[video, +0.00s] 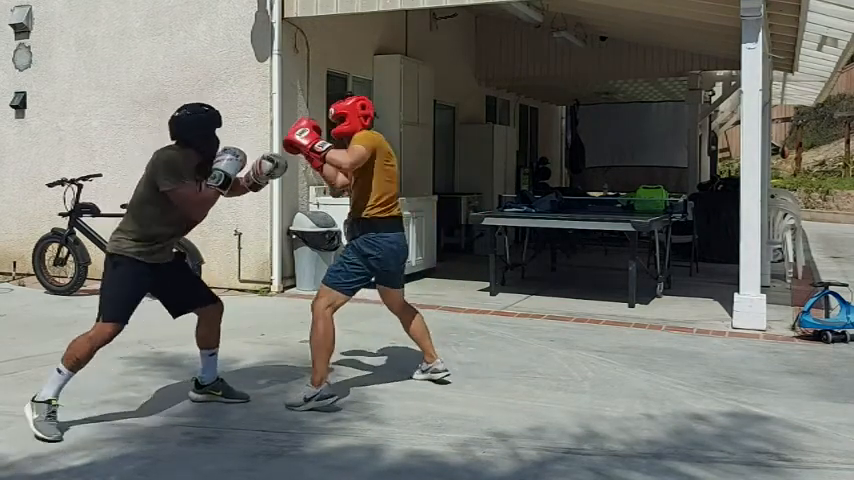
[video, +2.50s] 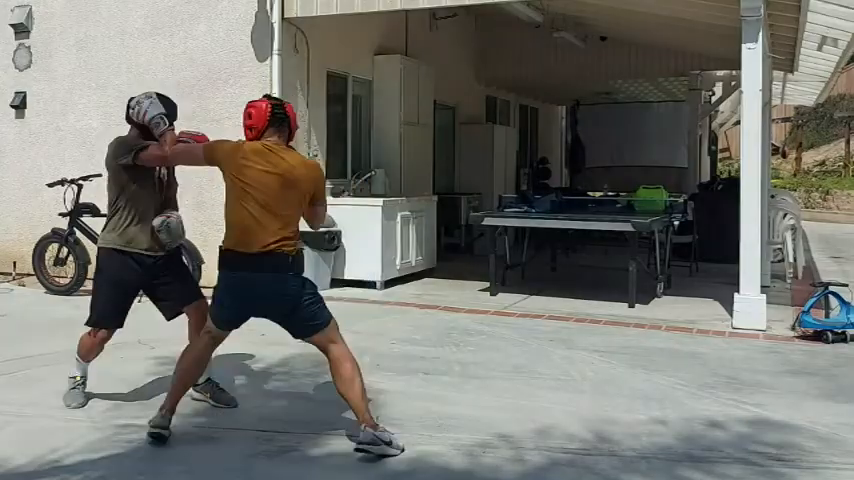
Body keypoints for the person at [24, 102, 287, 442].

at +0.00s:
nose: (218, 139)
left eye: (217, 133)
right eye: (213, 133)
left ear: (189, 135)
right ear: (199, 136)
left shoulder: (201, 163)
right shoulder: (168, 160)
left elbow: (231, 188)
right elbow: (194, 211)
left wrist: (257, 176)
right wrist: (221, 178)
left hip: (165, 257)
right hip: (129, 255)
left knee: (211, 308)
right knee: (107, 330)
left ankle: (208, 381)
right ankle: (44, 399)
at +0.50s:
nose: (134, 156)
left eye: (132, 150)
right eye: (126, 152)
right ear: (106, 161)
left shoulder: (136, 175)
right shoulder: (77, 191)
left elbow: (158, 201)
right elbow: (110, 238)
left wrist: (164, 237)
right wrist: (138, 199)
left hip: (139, 271)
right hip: (95, 276)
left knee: (196, 314)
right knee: (79, 342)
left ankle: (206, 382)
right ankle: (22, 411)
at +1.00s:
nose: (184, 136)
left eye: (183, 130)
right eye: (178, 131)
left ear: (162, 137)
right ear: (160, 137)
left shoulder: (186, 160)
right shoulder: (130, 167)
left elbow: (224, 174)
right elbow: (150, 214)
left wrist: (245, 164)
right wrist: (181, 185)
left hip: (174, 265)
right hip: (130, 266)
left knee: (227, 305)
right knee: (90, 334)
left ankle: (222, 370)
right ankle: (29, 404)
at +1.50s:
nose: (186, 149)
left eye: (184, 143)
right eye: (179, 144)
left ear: (174, 148)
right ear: (160, 148)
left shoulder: (188, 178)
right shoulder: (136, 183)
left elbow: (195, 223)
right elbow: (142, 227)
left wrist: (211, 242)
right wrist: (169, 199)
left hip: (194, 276)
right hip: (153, 279)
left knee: (248, 316)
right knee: (122, 350)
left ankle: (274, 375)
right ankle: (84, 376)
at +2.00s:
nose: (189, 126)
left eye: (189, 120)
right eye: (183, 120)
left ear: (182, 122)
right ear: (163, 121)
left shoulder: (183, 153)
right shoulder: (129, 151)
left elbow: (194, 194)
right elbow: (135, 202)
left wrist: (214, 198)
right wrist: (161, 170)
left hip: (164, 247)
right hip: (125, 244)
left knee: (199, 305)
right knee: (104, 319)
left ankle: (200, 381)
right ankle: (80, 378)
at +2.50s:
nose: (171, 131)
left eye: (171, 126)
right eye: (167, 125)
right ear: (149, 120)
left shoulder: (163, 157)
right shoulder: (120, 147)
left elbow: (170, 204)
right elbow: (166, 155)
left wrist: (173, 225)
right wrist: (160, 123)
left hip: (162, 255)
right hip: (120, 253)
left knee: (199, 311)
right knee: (101, 333)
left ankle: (199, 379)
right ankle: (78, 372)